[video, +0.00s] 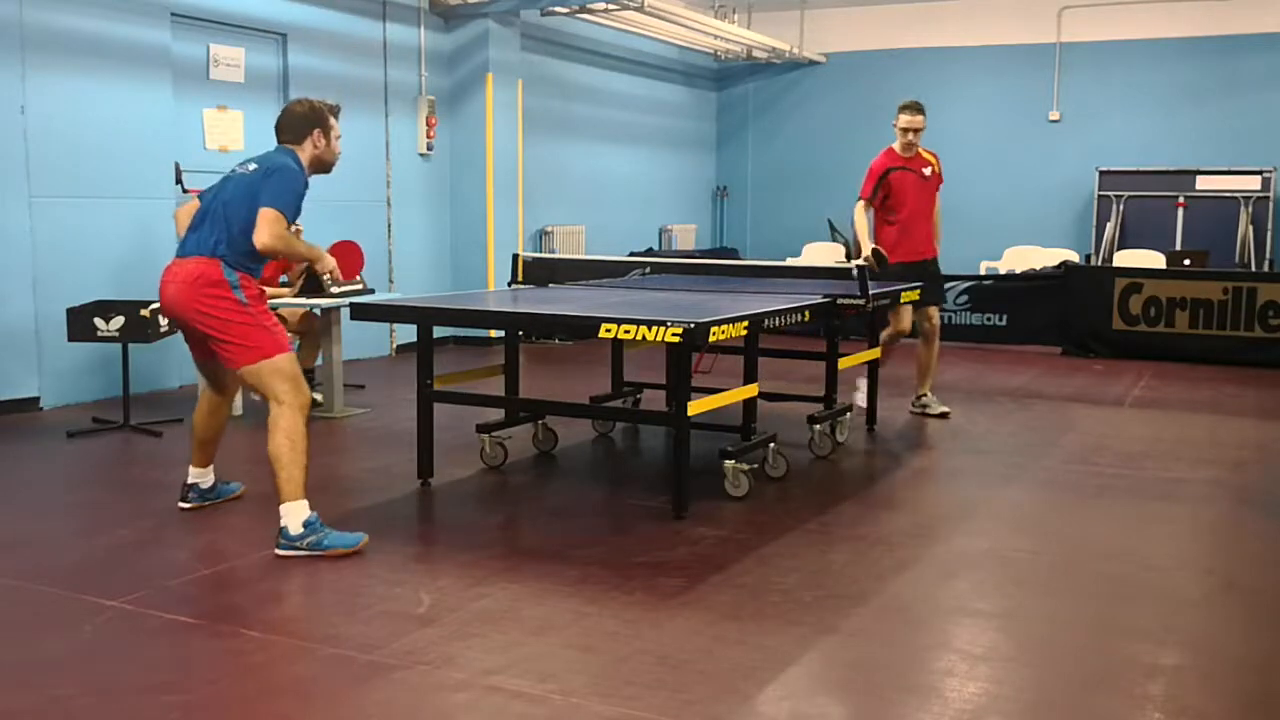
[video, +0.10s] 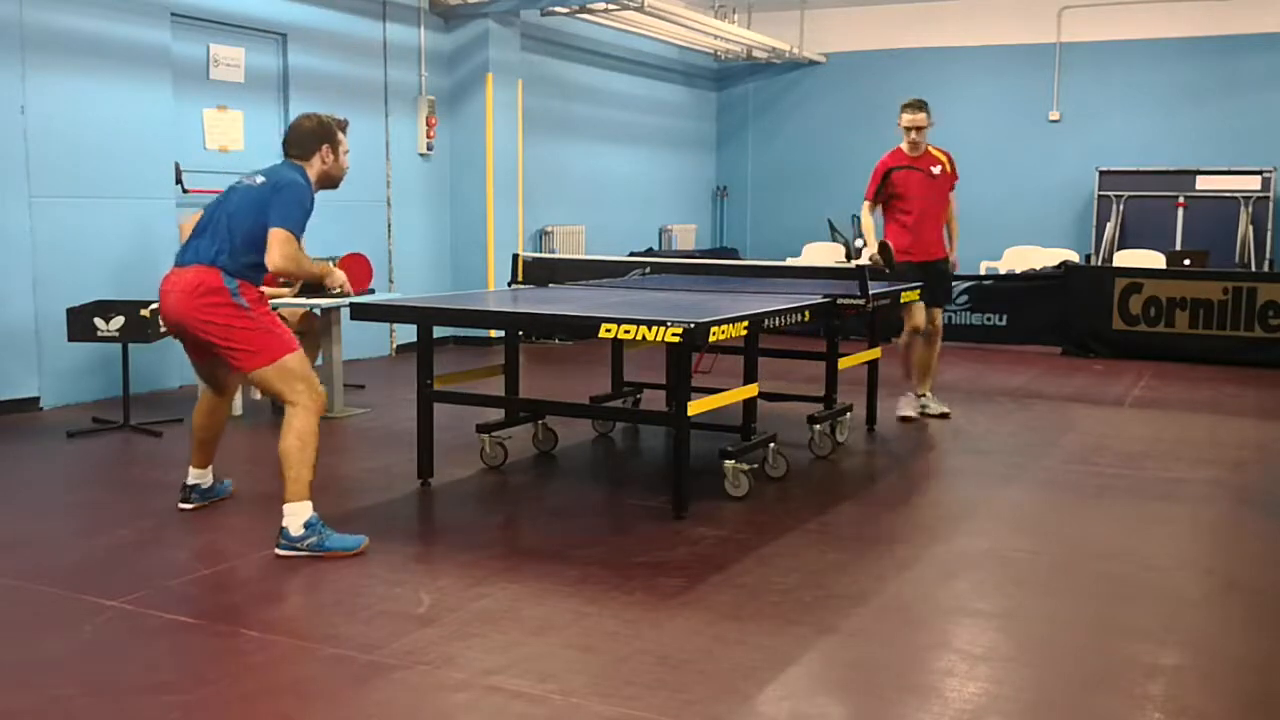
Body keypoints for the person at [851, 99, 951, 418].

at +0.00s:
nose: (910, 137)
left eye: (917, 131)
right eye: (905, 131)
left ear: (924, 130)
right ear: (895, 128)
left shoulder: (931, 161)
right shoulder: (883, 163)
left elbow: (934, 203)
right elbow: (861, 208)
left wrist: (936, 242)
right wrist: (866, 245)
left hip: (926, 259)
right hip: (894, 262)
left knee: (931, 324)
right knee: (901, 326)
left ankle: (923, 394)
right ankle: (865, 376)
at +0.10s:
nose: (914, 135)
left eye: (920, 129)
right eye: (909, 129)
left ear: (929, 128)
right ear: (900, 127)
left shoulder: (944, 161)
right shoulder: (887, 164)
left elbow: (949, 203)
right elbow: (867, 209)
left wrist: (952, 246)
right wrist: (872, 244)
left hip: (936, 256)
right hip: (902, 257)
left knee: (935, 326)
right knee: (916, 323)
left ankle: (925, 393)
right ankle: (909, 392)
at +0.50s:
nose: (898, 147)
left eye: (902, 139)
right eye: (893, 142)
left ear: (918, 131)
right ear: (891, 141)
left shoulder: (950, 158)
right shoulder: (902, 173)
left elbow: (968, 205)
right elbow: (906, 217)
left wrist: (944, 244)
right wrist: (898, 241)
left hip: (954, 260)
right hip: (922, 264)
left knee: (953, 328)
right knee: (930, 332)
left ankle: (969, 381)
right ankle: (954, 403)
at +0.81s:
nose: (876, 164)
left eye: (875, 156)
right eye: (872, 160)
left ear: (891, 143)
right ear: (887, 148)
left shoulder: (922, 161)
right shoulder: (912, 172)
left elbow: (931, 214)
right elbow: (929, 223)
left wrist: (897, 253)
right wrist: (900, 252)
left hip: (957, 250)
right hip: (948, 252)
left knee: (935, 326)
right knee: (938, 327)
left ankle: (940, 407)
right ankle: (954, 402)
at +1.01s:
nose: (860, 186)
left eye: (858, 178)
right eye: (856, 181)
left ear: (871, 164)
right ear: (874, 162)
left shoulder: (895, 176)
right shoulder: (914, 170)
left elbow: (899, 232)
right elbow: (936, 230)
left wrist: (872, 257)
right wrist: (902, 251)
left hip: (952, 255)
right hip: (973, 250)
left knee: (931, 334)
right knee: (953, 332)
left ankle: (925, 411)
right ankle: (959, 405)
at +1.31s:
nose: (855, 216)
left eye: (850, 209)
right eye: (850, 212)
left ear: (860, 194)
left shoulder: (883, 199)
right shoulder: (909, 188)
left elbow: (877, 256)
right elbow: (917, 252)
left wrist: (856, 260)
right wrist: (879, 260)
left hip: (952, 262)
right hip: (983, 251)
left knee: (926, 338)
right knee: (981, 333)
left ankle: (924, 413)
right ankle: (1006, 410)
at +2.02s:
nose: (873, 219)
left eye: (870, 212)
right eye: (868, 214)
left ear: (882, 197)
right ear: (889, 191)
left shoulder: (896, 210)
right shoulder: (931, 188)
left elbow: (882, 269)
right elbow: (925, 249)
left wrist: (844, 271)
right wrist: (892, 254)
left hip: (955, 276)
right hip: (994, 266)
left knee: (918, 338)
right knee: (998, 345)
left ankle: (924, 414)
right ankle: (1021, 417)